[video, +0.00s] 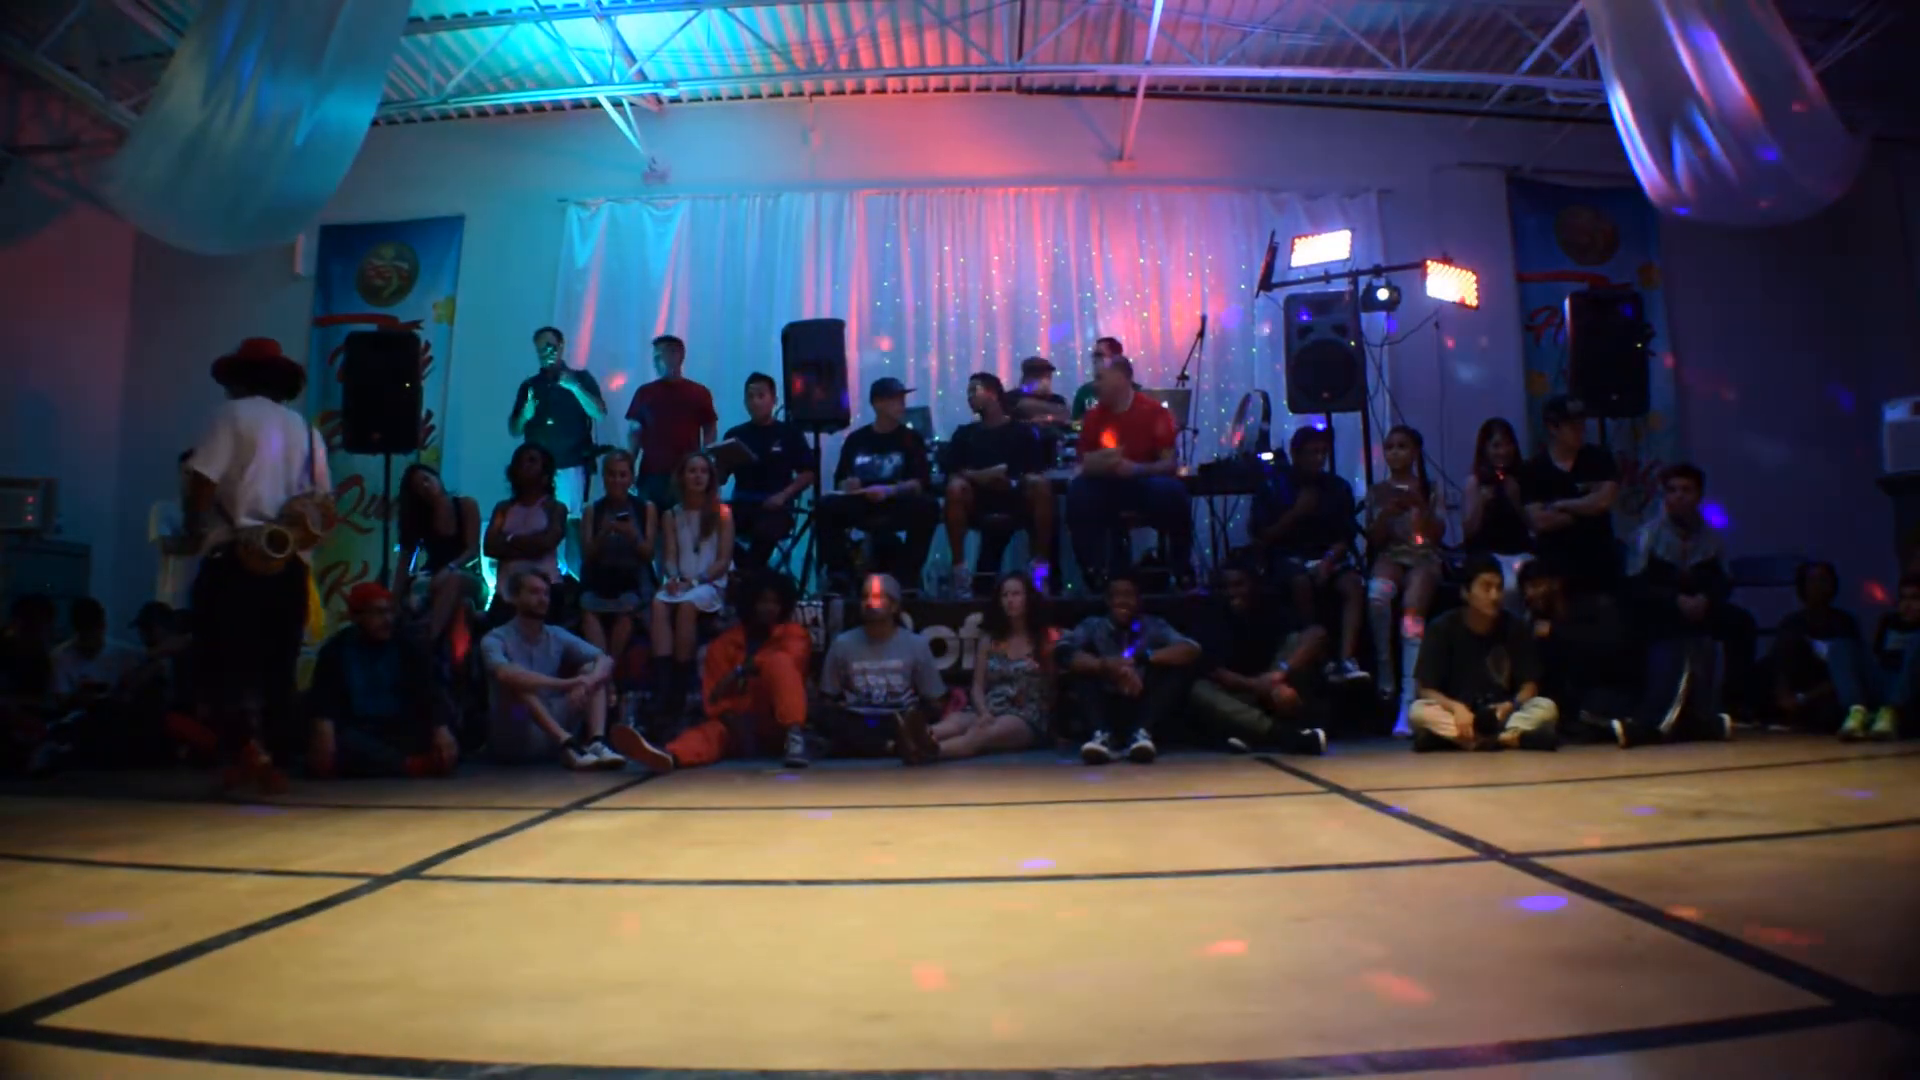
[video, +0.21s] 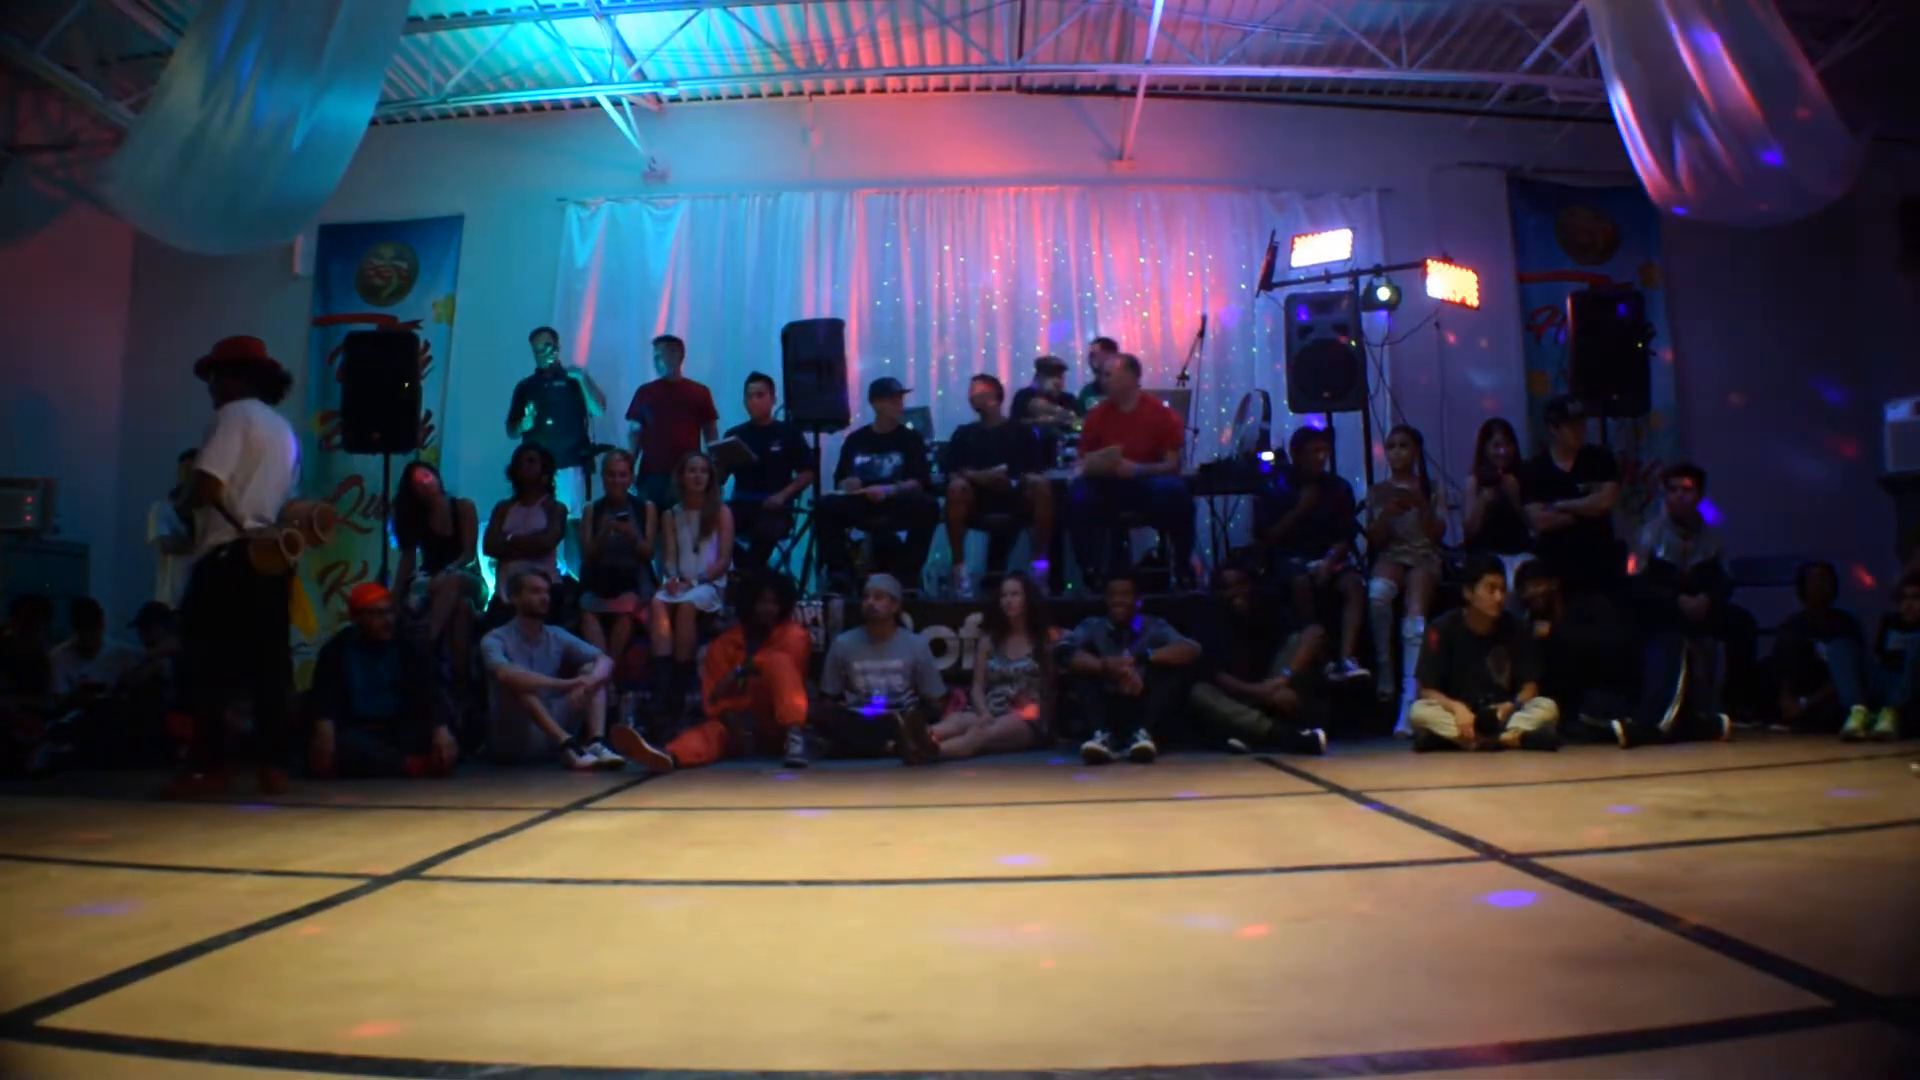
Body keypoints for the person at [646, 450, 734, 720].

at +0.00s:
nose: (698, 476)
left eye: (704, 471)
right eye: (692, 471)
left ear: (711, 477)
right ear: (682, 477)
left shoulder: (721, 512)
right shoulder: (671, 516)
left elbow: (723, 560)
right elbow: (670, 556)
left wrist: (697, 581)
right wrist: (673, 577)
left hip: (711, 579)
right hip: (680, 580)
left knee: (687, 606)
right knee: (659, 605)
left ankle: (681, 682)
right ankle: (662, 680)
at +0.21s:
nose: (698, 476)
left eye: (703, 471)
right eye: (692, 471)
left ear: (710, 477)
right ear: (681, 476)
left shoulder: (721, 513)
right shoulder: (671, 516)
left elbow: (724, 561)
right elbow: (669, 558)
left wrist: (696, 581)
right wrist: (672, 578)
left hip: (710, 580)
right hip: (679, 581)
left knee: (686, 607)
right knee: (658, 605)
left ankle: (681, 684)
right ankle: (662, 683)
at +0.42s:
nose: (699, 477)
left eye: (704, 472)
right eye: (693, 472)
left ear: (711, 477)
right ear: (683, 477)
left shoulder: (721, 513)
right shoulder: (672, 516)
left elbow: (725, 559)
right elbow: (671, 556)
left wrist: (700, 580)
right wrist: (675, 578)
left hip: (711, 579)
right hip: (681, 580)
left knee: (688, 605)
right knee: (660, 604)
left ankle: (682, 679)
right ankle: (663, 678)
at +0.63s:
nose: (696, 477)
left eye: (702, 472)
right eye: (691, 472)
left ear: (710, 478)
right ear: (682, 477)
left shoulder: (721, 513)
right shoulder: (672, 516)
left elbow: (724, 561)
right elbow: (670, 556)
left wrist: (699, 580)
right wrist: (674, 577)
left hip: (710, 579)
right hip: (680, 580)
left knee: (688, 606)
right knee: (660, 604)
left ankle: (682, 680)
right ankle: (662, 679)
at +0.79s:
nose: (695, 477)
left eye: (700, 471)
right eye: (689, 472)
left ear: (709, 477)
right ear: (681, 477)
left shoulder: (721, 513)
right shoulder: (671, 516)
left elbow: (724, 560)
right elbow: (670, 556)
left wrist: (701, 580)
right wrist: (673, 577)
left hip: (711, 579)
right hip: (680, 580)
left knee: (688, 606)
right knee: (660, 604)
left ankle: (681, 679)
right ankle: (662, 678)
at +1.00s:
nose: (694, 476)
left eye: (699, 471)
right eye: (688, 471)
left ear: (709, 476)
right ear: (681, 477)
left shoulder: (721, 512)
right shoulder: (671, 516)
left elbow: (724, 561)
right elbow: (670, 557)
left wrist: (697, 580)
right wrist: (673, 578)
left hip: (710, 580)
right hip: (680, 580)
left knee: (688, 605)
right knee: (660, 603)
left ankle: (682, 679)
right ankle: (662, 677)